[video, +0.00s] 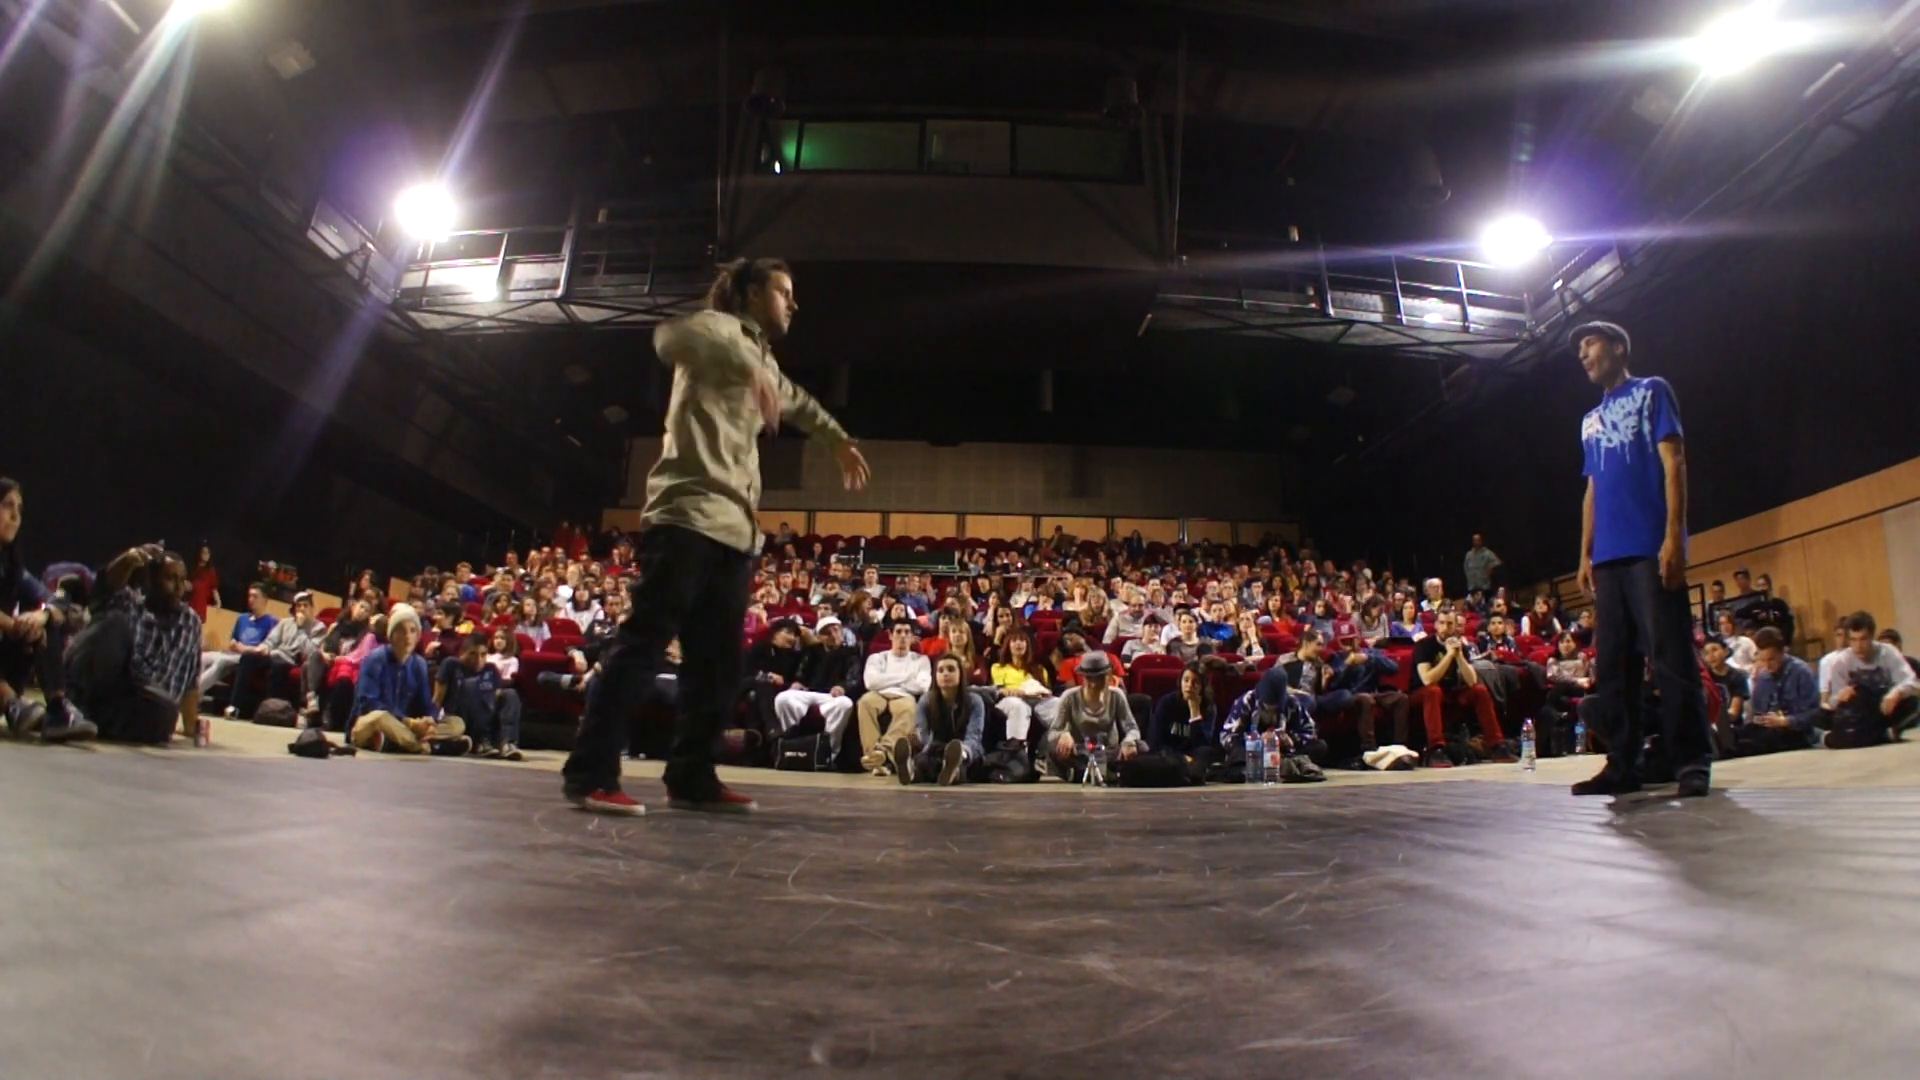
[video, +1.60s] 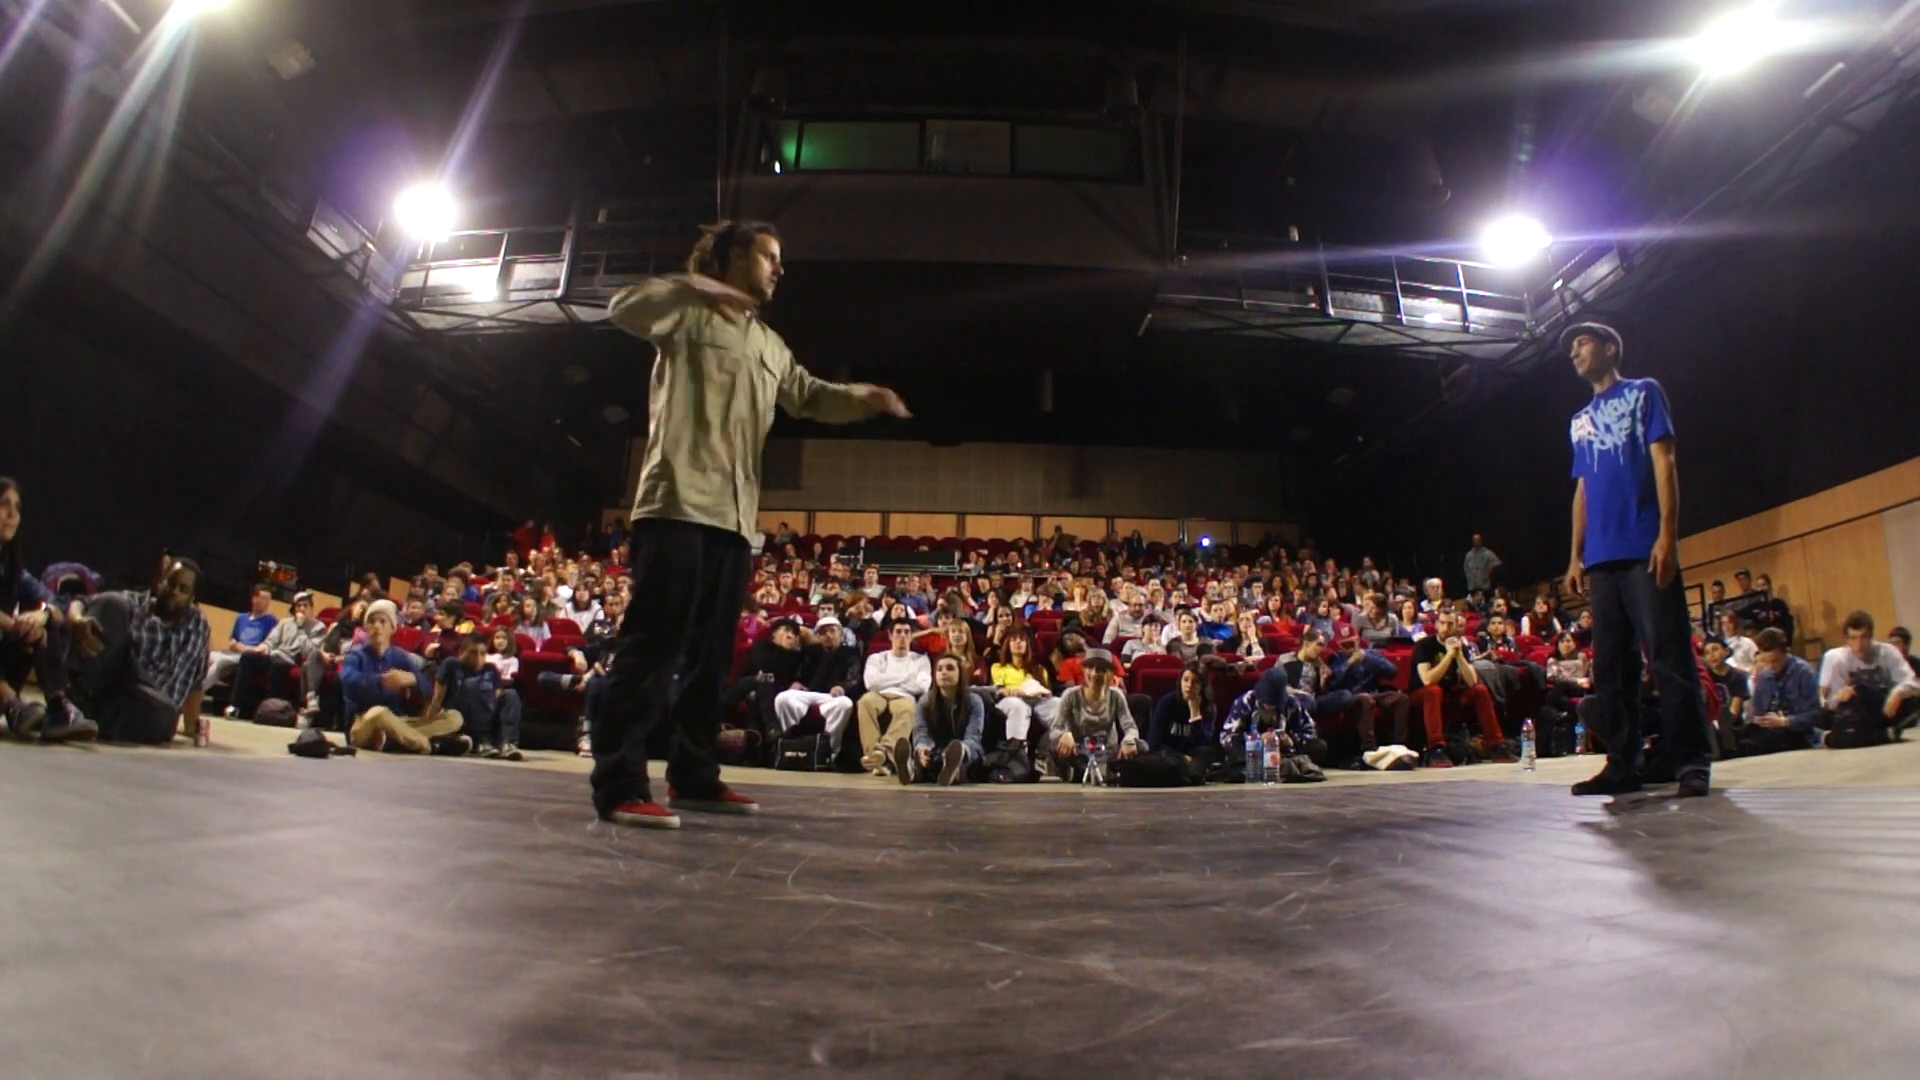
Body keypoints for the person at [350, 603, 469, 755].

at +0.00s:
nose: (408, 637)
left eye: (413, 631)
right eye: (401, 631)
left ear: (418, 635)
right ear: (391, 635)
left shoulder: (419, 664)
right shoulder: (375, 660)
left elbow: (426, 705)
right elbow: (368, 704)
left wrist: (429, 720)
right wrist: (407, 722)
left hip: (411, 725)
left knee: (457, 723)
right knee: (381, 718)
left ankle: (394, 743)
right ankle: (424, 748)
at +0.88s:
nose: (400, 637)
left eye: (407, 632)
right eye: (396, 630)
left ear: (417, 638)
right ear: (390, 634)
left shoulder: (420, 665)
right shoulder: (373, 660)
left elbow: (420, 707)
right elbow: (364, 704)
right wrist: (406, 700)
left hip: (410, 724)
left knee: (456, 724)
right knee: (379, 718)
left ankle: (393, 744)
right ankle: (428, 747)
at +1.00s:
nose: (398, 637)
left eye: (405, 633)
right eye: (394, 631)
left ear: (415, 639)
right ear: (388, 633)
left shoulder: (419, 664)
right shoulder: (372, 660)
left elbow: (426, 706)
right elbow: (367, 705)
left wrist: (428, 720)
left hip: (404, 724)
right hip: (366, 725)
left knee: (457, 724)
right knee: (380, 717)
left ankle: (393, 744)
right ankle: (428, 747)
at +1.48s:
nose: (381, 629)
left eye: (387, 624)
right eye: (376, 624)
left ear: (398, 630)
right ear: (371, 630)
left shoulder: (408, 661)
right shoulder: (359, 659)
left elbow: (427, 700)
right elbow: (354, 696)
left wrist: (419, 702)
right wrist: (385, 675)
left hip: (402, 723)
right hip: (364, 727)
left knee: (456, 723)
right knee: (379, 716)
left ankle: (393, 743)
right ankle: (430, 748)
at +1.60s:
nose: (377, 626)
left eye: (382, 621)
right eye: (372, 622)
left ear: (393, 628)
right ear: (366, 627)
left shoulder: (400, 657)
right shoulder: (356, 655)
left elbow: (427, 690)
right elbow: (349, 679)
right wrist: (384, 681)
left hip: (401, 720)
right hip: (364, 725)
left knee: (455, 717)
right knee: (379, 713)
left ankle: (395, 742)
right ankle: (429, 747)